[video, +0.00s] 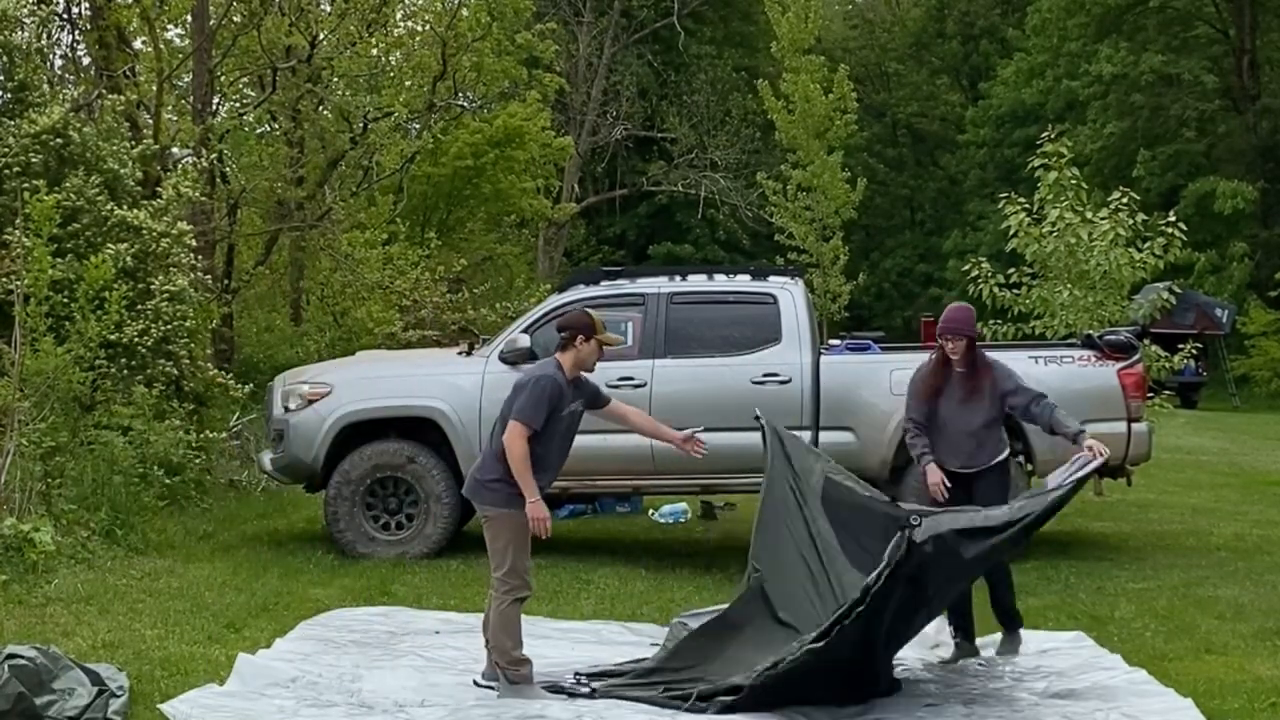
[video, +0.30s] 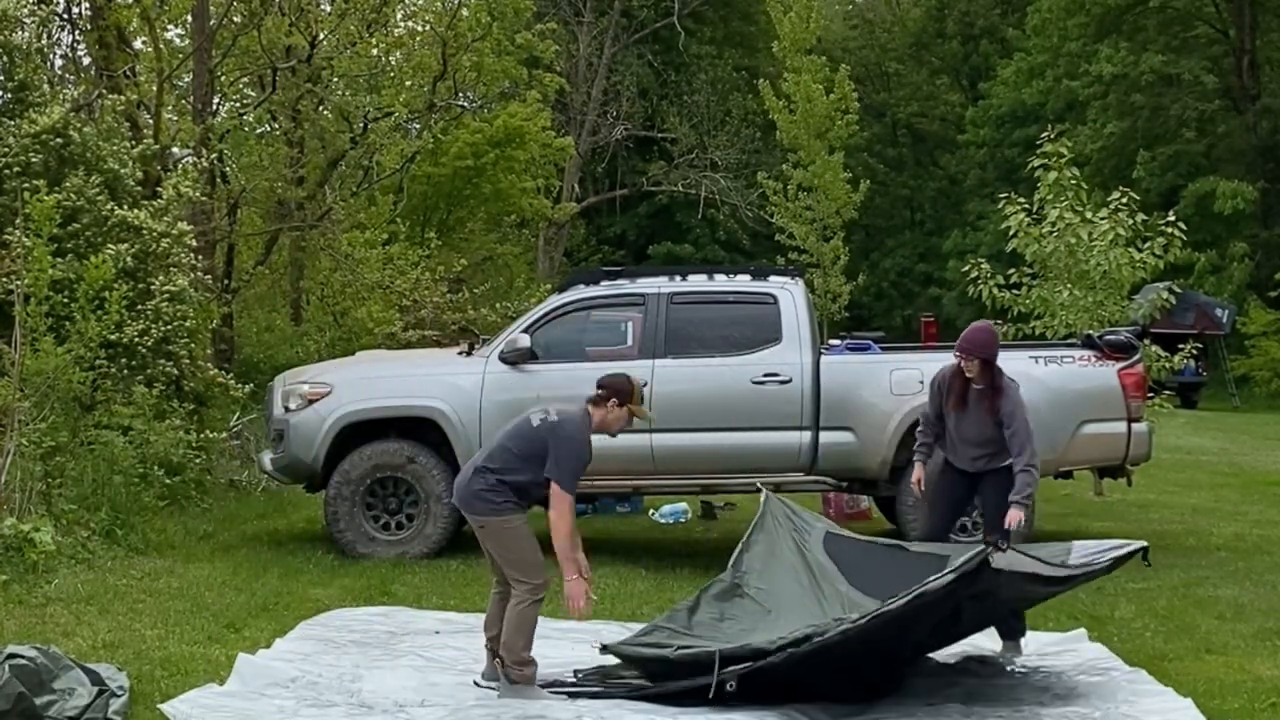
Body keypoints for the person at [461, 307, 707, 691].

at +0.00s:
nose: (601, 352)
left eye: (601, 345)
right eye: (598, 344)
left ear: (576, 344)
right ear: (579, 343)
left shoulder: (579, 385)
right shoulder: (542, 380)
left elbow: (623, 413)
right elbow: (514, 438)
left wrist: (673, 437)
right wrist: (532, 497)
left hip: (514, 494)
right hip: (500, 493)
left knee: (508, 584)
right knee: (511, 586)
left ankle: (496, 666)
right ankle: (513, 676)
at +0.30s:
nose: (628, 421)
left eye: (631, 415)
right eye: (628, 413)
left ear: (607, 403)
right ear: (612, 405)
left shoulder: (571, 425)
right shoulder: (573, 435)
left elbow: (562, 506)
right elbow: (558, 510)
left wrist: (578, 556)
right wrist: (571, 577)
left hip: (477, 492)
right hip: (490, 497)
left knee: (508, 583)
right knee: (531, 584)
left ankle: (496, 666)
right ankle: (517, 678)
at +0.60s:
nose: (607, 336)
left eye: (606, 330)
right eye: (605, 330)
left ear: (568, 332)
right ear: (591, 335)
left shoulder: (536, 361)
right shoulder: (586, 391)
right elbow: (599, 468)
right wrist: (642, 507)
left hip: (494, 485)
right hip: (533, 498)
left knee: (509, 572)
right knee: (538, 590)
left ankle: (464, 647)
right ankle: (518, 680)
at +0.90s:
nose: (687, 360)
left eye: (688, 352)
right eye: (687, 352)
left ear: (646, 343)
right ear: (676, 348)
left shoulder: (600, 377)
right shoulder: (673, 394)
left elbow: (559, 440)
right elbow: (742, 439)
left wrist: (531, 496)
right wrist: (806, 462)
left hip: (564, 498)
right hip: (613, 504)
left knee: (560, 591)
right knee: (647, 603)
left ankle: (510, 673)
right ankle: (648, 703)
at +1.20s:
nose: (812, 407)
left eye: (813, 401)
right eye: (813, 401)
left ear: (772, 390)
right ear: (804, 396)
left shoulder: (733, 413)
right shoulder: (791, 425)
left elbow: (730, 502)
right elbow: (854, 480)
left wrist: (766, 571)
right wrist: (902, 483)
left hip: (669, 518)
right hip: (719, 522)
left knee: (694, 602)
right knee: (770, 613)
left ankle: (652, 697)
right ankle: (770, 711)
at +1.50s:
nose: (830, 416)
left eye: (829, 410)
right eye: (828, 410)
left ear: (783, 402)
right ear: (820, 408)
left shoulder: (748, 425)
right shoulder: (817, 435)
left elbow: (751, 489)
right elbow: (889, 474)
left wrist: (804, 524)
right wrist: (953, 490)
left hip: (686, 518)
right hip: (740, 524)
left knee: (696, 603)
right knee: (778, 616)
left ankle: (679, 696)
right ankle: (771, 709)